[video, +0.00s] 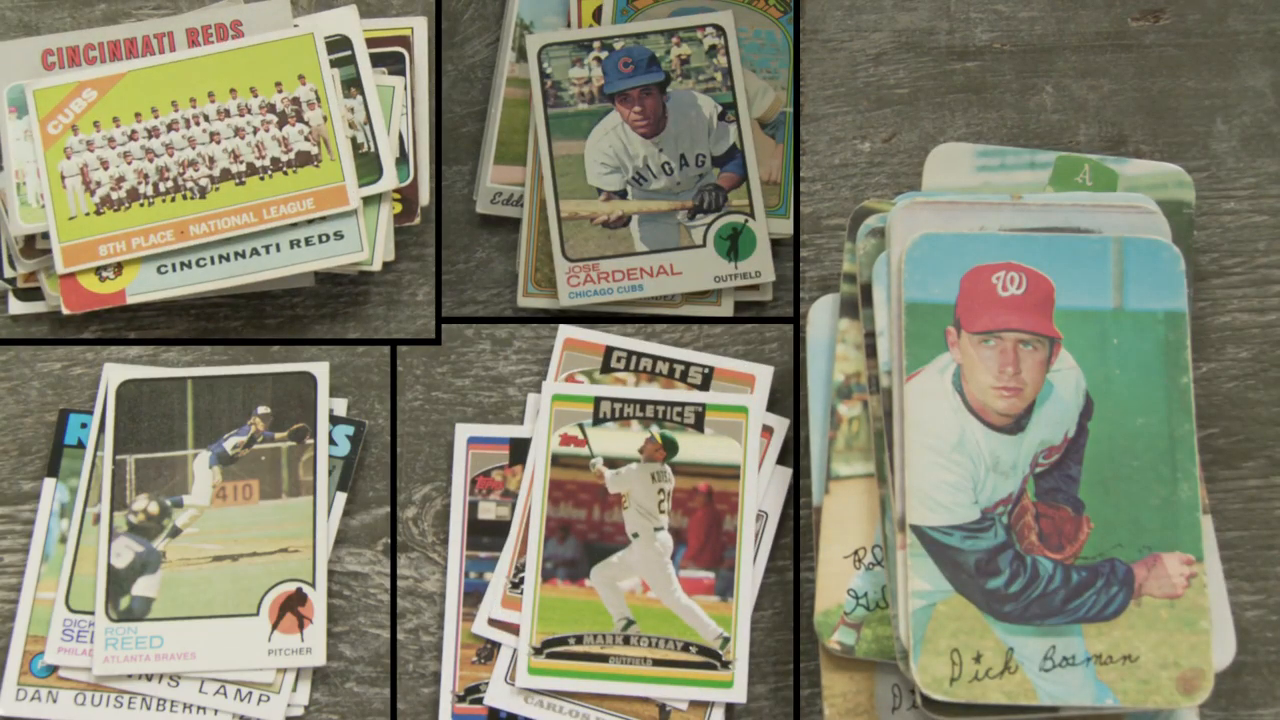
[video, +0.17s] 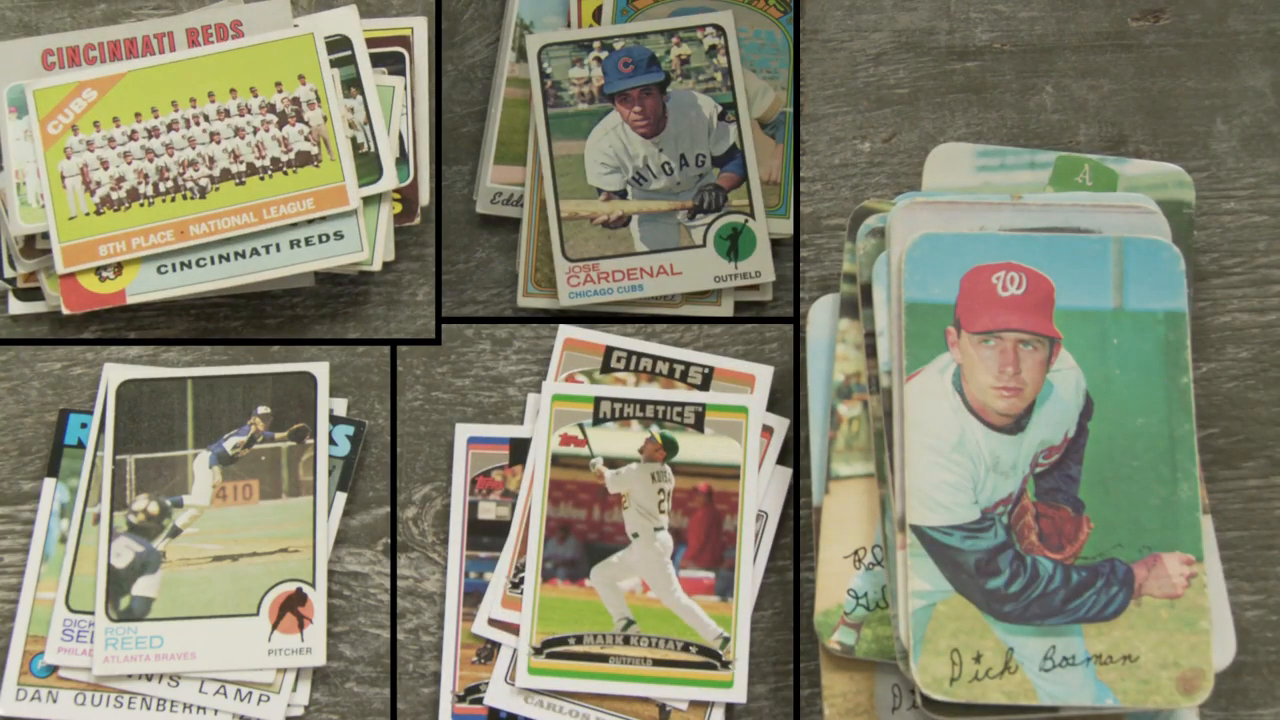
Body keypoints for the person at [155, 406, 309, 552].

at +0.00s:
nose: (265, 422)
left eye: (267, 419)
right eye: (262, 418)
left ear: (269, 422)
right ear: (253, 419)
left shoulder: (256, 434)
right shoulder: (242, 434)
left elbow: (271, 437)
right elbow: (216, 454)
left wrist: (289, 435)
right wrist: (217, 473)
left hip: (210, 463)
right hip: (205, 460)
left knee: (198, 509)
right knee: (202, 500)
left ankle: (162, 542)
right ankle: (163, 502)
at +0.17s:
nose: (265, 422)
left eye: (267, 419)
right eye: (262, 418)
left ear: (269, 422)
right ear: (253, 419)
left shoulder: (256, 434)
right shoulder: (242, 434)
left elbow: (271, 437)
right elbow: (216, 454)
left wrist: (289, 435)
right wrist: (217, 473)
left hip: (210, 463)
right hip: (205, 460)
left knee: (198, 509)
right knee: (202, 500)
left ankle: (162, 542)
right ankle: (163, 502)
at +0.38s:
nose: (265, 422)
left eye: (267, 419)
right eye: (262, 418)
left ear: (269, 422)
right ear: (253, 419)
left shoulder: (256, 434)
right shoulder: (242, 434)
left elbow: (271, 437)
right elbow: (216, 454)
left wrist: (289, 435)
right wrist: (217, 473)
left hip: (210, 463)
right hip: (205, 460)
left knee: (198, 509)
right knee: (202, 500)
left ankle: (162, 542)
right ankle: (163, 502)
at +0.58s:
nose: (265, 422)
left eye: (267, 419)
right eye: (262, 418)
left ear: (269, 422)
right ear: (253, 419)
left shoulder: (256, 434)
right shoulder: (242, 434)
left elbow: (271, 437)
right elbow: (216, 454)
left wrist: (289, 435)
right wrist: (217, 473)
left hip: (210, 463)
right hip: (205, 460)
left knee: (198, 509)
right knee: (202, 500)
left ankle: (162, 542)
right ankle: (163, 502)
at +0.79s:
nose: (265, 422)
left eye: (267, 419)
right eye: (262, 418)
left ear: (269, 422)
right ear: (253, 419)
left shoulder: (256, 434)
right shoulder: (242, 434)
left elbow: (271, 437)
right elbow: (216, 454)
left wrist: (289, 435)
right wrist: (217, 473)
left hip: (210, 463)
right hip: (205, 460)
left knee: (198, 509)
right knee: (202, 500)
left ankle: (162, 542)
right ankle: (163, 502)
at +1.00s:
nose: (265, 422)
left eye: (267, 419)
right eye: (262, 418)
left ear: (269, 422)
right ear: (253, 419)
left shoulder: (256, 434)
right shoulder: (242, 434)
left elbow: (271, 437)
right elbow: (216, 454)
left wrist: (289, 435)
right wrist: (217, 473)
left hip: (210, 463)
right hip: (205, 460)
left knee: (198, 509)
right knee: (202, 500)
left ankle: (162, 542)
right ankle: (163, 502)